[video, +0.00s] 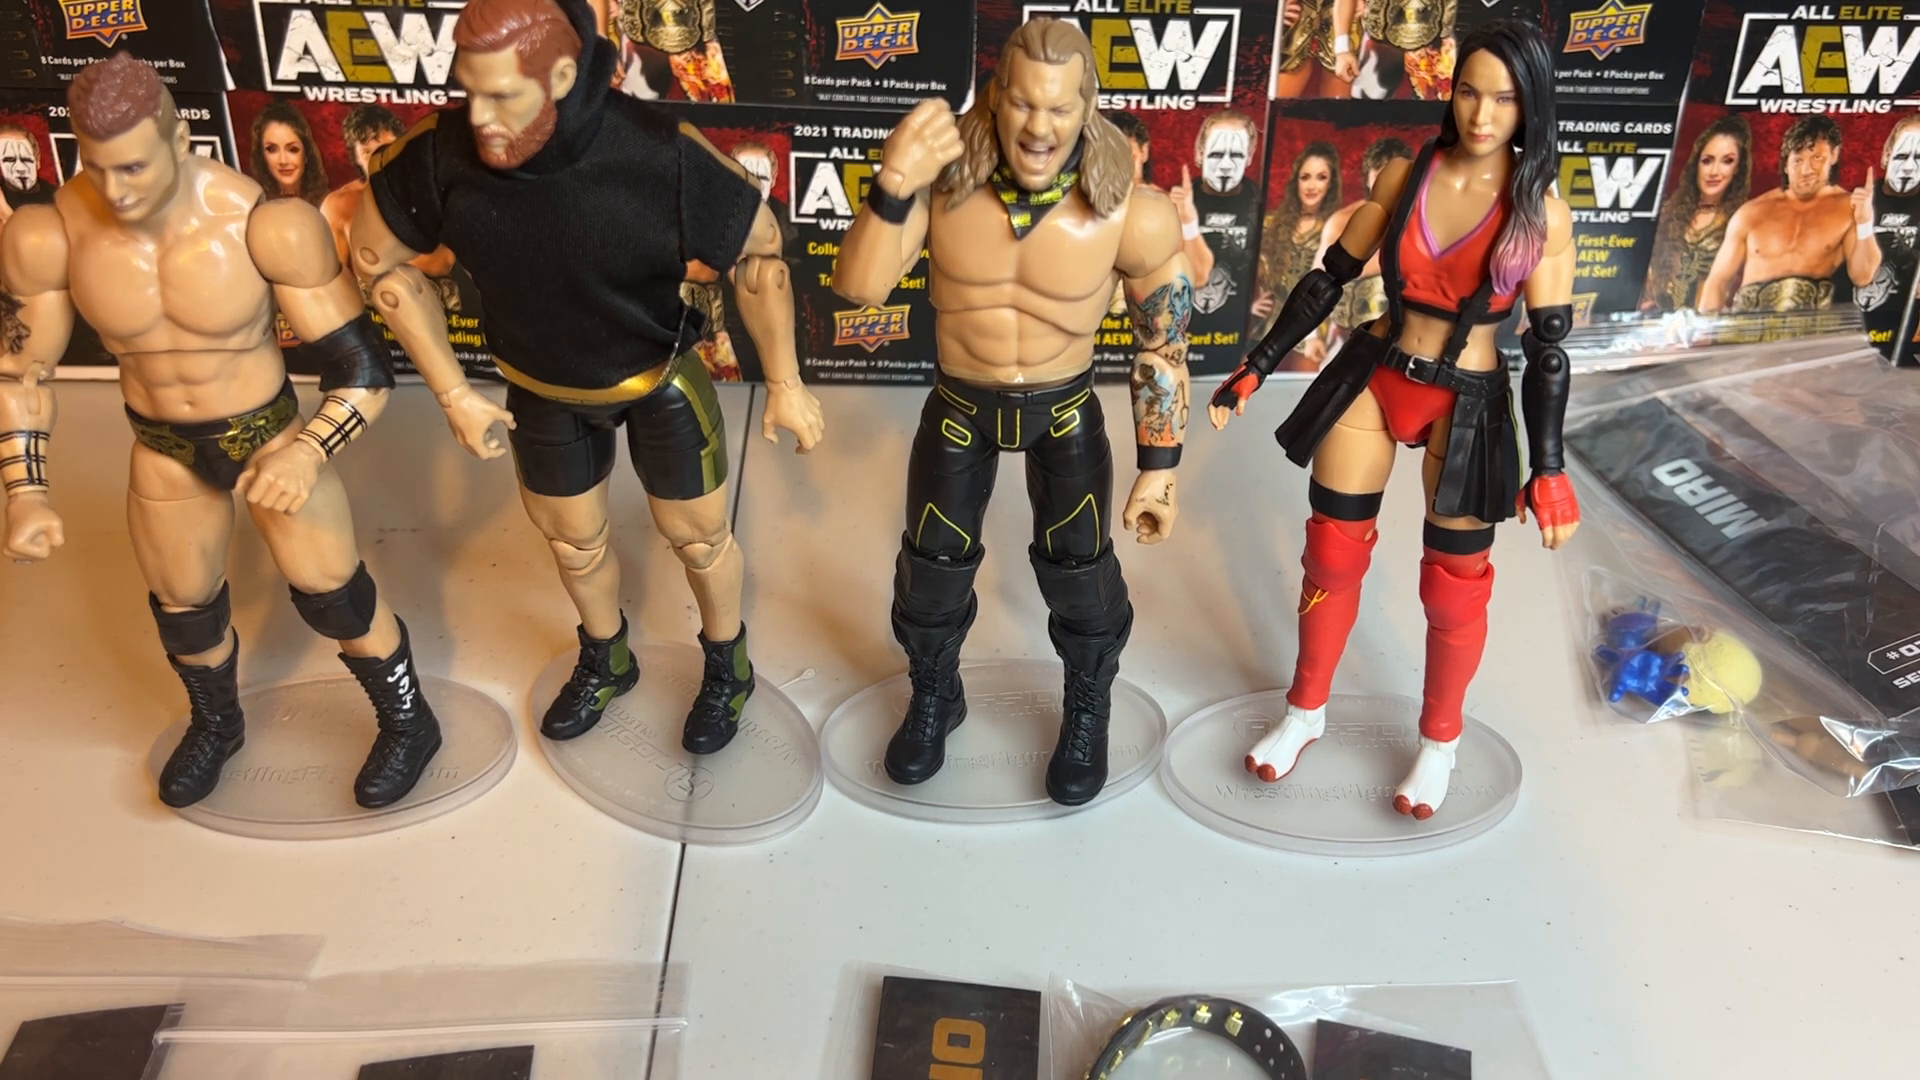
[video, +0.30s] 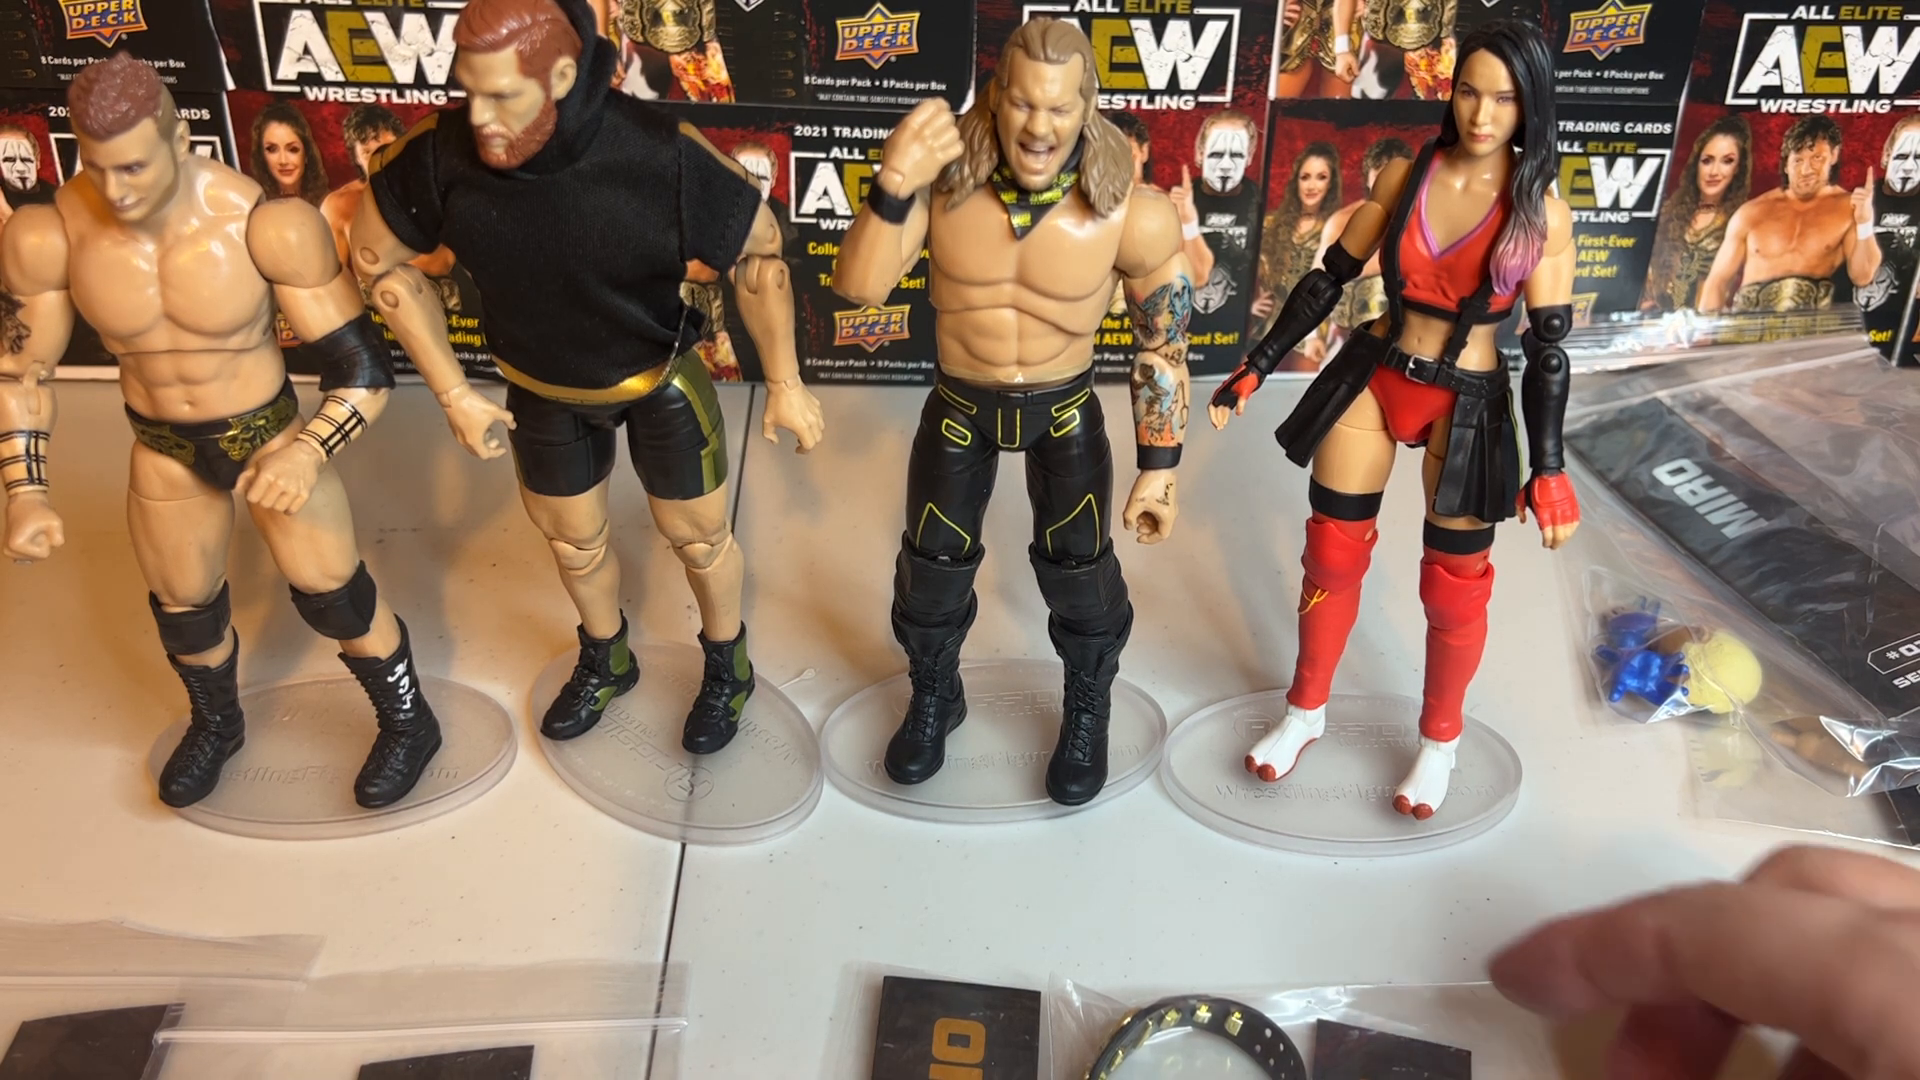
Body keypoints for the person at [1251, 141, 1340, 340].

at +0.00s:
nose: (1312, 186)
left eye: (1321, 178)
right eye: (1305, 177)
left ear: (1332, 183)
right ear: (1295, 181)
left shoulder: (1339, 231)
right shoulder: (1270, 225)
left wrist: (1320, 336)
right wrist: (1251, 302)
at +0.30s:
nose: (1312, 185)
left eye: (1321, 177)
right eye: (1305, 177)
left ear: (1332, 183)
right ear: (1295, 181)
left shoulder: (1338, 229)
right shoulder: (1271, 225)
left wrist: (1321, 336)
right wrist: (1252, 302)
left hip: (1312, 334)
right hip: (1269, 329)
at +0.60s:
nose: (1312, 185)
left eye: (1321, 177)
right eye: (1305, 177)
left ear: (1332, 183)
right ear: (1295, 181)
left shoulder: (1338, 229)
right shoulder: (1270, 224)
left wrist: (1322, 336)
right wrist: (1253, 302)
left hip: (1312, 333)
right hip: (1269, 328)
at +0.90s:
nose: (1312, 185)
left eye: (1321, 177)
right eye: (1305, 177)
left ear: (1332, 183)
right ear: (1295, 181)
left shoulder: (1338, 229)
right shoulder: (1270, 224)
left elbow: (1338, 286)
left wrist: (1320, 335)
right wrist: (1252, 301)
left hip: (1311, 335)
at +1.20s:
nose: (1312, 186)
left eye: (1321, 178)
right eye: (1305, 177)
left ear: (1332, 183)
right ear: (1295, 181)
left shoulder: (1338, 230)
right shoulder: (1271, 225)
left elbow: (1335, 285)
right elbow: (1255, 273)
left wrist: (1322, 336)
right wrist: (1254, 303)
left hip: (1313, 334)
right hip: (1269, 328)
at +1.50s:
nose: (1312, 185)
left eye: (1322, 177)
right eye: (1305, 177)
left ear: (1332, 182)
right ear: (1295, 181)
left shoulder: (1337, 229)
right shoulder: (1271, 224)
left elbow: (1334, 284)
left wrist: (1321, 335)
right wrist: (1253, 302)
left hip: (1312, 332)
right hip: (1269, 327)